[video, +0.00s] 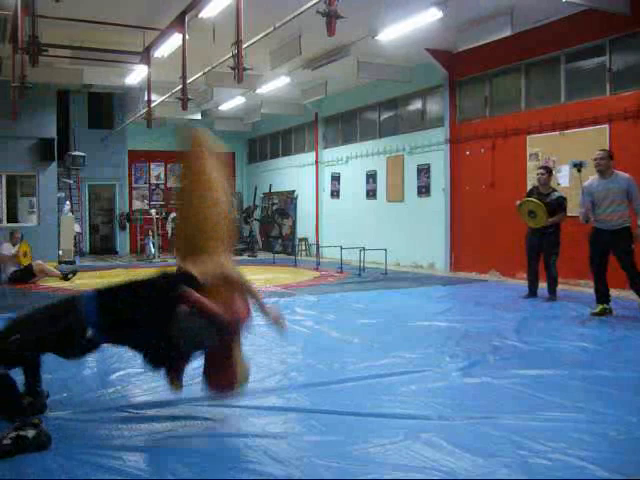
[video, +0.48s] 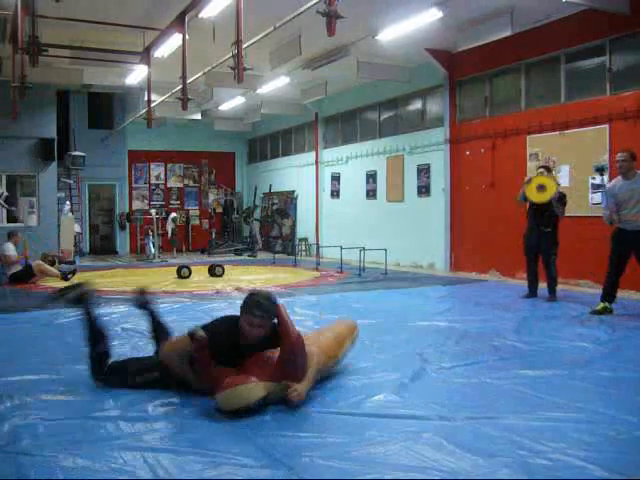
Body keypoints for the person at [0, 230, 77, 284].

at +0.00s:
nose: (18, 240)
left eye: (19, 238)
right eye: (16, 238)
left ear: (20, 239)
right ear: (11, 238)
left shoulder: (19, 247)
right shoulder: (6, 246)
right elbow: (4, 259)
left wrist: (25, 255)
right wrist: (16, 256)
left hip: (20, 272)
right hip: (11, 275)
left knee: (43, 269)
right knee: (39, 265)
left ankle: (63, 275)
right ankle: (62, 275)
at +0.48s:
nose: (19, 240)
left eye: (19, 238)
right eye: (17, 238)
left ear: (13, 238)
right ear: (13, 238)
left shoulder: (12, 247)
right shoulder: (8, 246)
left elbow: (11, 261)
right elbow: (8, 261)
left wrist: (22, 258)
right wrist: (21, 257)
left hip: (18, 275)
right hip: (14, 276)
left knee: (41, 267)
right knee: (38, 265)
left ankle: (63, 274)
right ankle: (62, 275)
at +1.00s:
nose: (19, 240)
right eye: (19, 238)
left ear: (10, 237)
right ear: (18, 238)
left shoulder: (3, 246)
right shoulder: (17, 248)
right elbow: (23, 263)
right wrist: (29, 255)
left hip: (9, 276)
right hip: (15, 276)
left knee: (42, 268)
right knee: (41, 266)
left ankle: (63, 275)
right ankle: (63, 276)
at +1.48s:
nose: (15, 237)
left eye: (16, 235)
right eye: (13, 236)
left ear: (18, 236)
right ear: (8, 237)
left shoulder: (23, 247)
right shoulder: (4, 247)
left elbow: (28, 262)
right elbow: (2, 258)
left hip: (24, 273)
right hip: (13, 275)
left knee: (44, 269)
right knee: (39, 264)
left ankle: (63, 275)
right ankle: (61, 275)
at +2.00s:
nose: (19, 240)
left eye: (19, 238)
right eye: (19, 238)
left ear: (9, 237)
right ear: (17, 238)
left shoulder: (4, 247)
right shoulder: (15, 247)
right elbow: (24, 262)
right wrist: (31, 254)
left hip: (11, 277)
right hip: (18, 276)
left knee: (44, 271)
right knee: (39, 266)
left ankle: (64, 274)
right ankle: (63, 276)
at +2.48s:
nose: (20, 239)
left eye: (20, 237)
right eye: (18, 237)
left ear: (14, 237)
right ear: (12, 237)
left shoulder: (14, 247)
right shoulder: (7, 247)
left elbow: (15, 260)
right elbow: (8, 261)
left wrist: (23, 257)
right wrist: (20, 256)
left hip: (19, 274)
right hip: (13, 276)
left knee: (44, 271)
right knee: (39, 264)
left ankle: (65, 275)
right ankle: (63, 275)